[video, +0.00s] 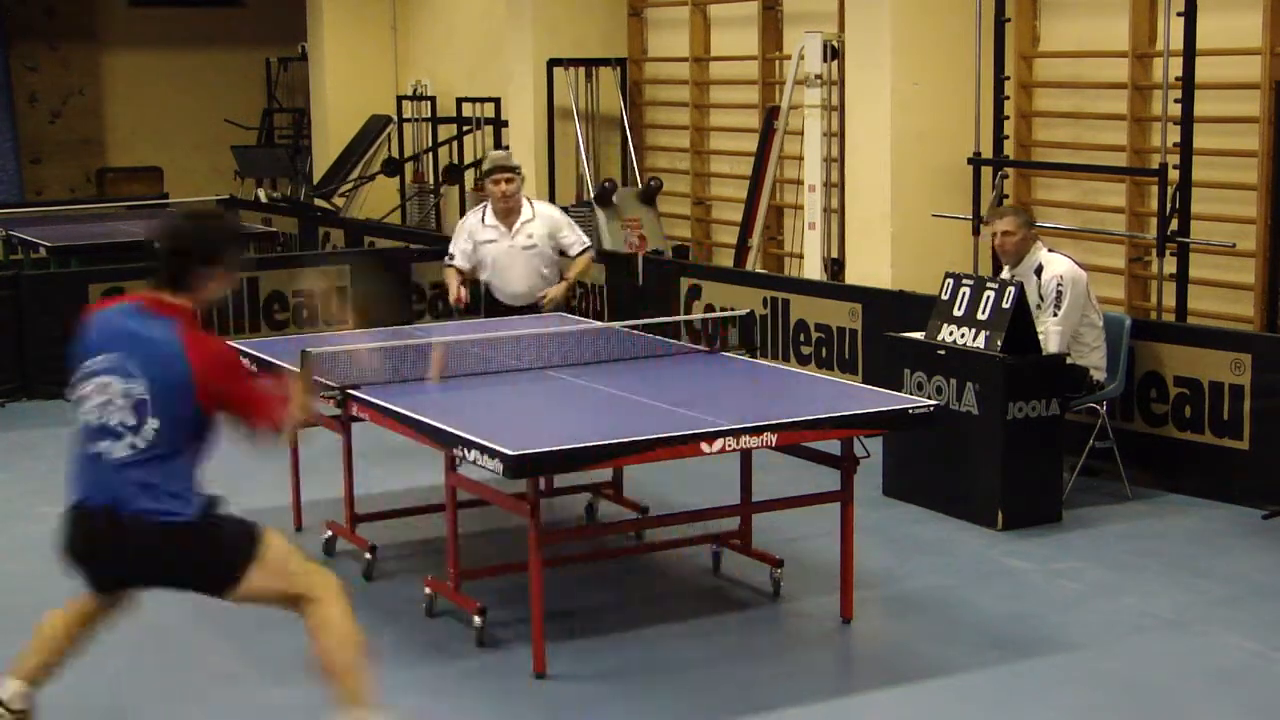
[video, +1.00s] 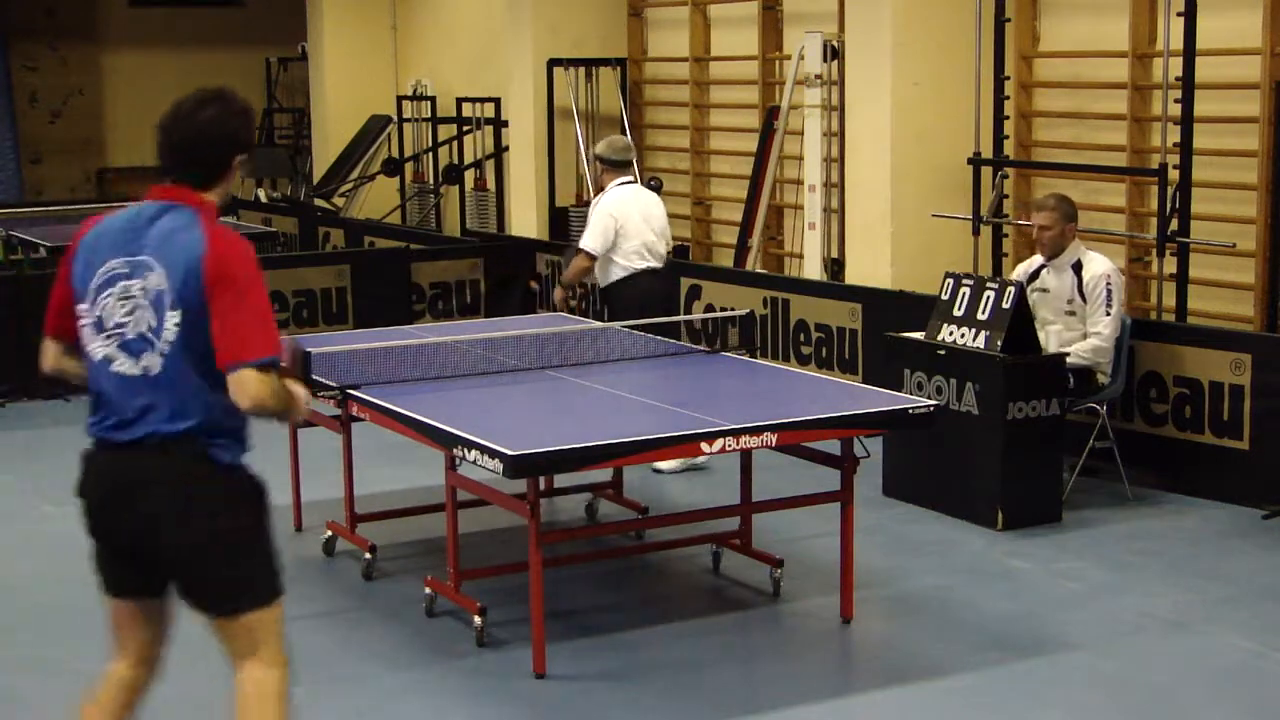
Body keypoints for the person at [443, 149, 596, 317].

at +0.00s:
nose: (503, 189)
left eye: (509, 181)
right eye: (496, 182)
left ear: (521, 182)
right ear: (484, 188)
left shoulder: (548, 215)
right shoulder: (472, 223)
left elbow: (585, 253)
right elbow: (452, 264)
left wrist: (565, 285)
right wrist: (454, 285)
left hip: (544, 311)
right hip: (497, 312)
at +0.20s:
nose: (528, 194)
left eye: (534, 187)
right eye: (522, 188)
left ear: (547, 188)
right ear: (516, 192)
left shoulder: (565, 221)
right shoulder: (512, 231)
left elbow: (598, 266)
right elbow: (507, 275)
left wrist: (561, 292)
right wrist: (484, 274)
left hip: (579, 313)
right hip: (539, 317)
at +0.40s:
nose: (570, 185)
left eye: (578, 178)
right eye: (566, 179)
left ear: (596, 182)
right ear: (560, 183)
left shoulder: (611, 219)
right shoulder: (558, 220)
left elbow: (631, 271)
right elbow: (560, 269)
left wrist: (592, 294)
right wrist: (533, 268)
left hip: (602, 317)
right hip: (564, 316)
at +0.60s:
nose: (568, 179)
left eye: (570, 172)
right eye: (569, 173)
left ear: (582, 174)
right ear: (584, 175)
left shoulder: (610, 208)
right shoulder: (591, 207)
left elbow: (614, 267)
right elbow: (593, 257)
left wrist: (572, 289)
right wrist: (561, 261)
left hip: (606, 304)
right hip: (587, 301)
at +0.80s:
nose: (585, 174)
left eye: (586, 169)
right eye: (585, 169)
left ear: (593, 172)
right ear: (620, 170)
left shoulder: (605, 207)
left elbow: (606, 265)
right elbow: (636, 253)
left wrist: (577, 299)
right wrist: (588, 259)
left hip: (612, 303)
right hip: (640, 297)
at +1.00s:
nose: (593, 170)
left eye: (594, 165)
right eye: (595, 165)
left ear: (602, 167)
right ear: (630, 166)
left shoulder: (607, 204)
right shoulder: (652, 198)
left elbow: (586, 260)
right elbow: (665, 247)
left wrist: (563, 284)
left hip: (627, 292)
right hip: (662, 286)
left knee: (639, 370)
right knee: (668, 365)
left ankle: (671, 449)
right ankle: (691, 444)